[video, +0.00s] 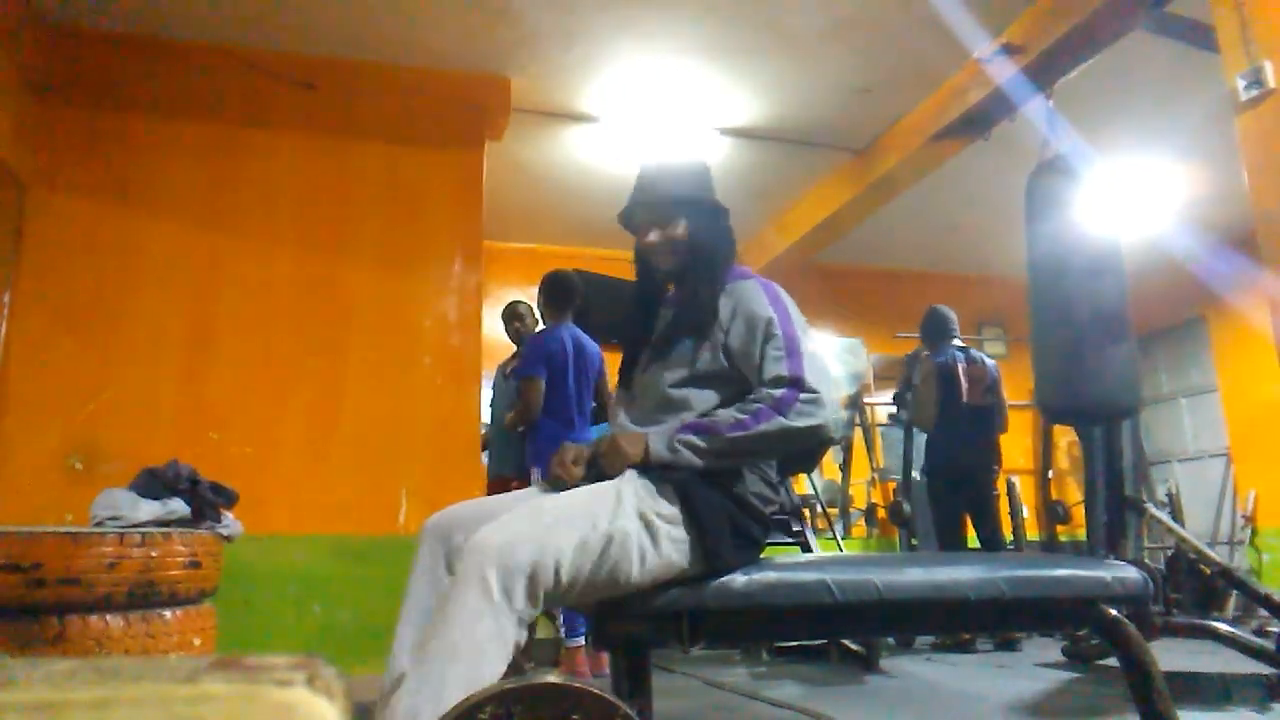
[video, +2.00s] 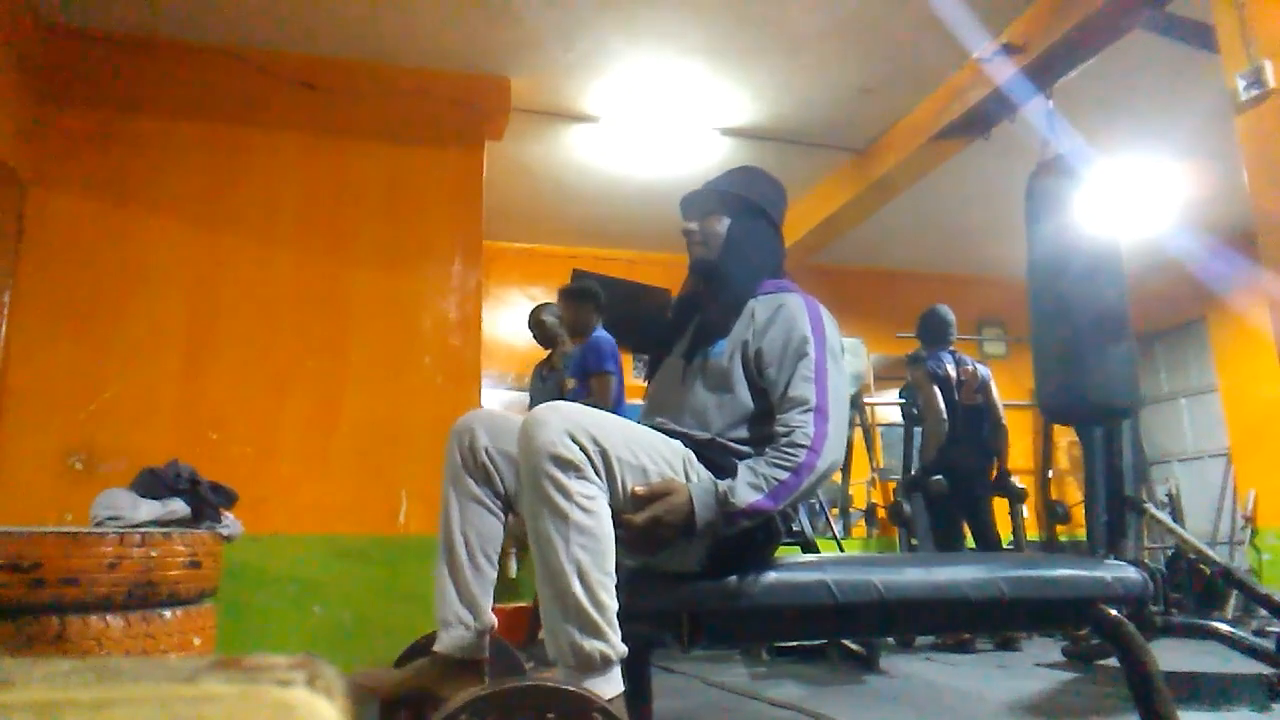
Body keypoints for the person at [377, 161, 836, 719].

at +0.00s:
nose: (653, 238)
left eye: (667, 222)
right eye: (642, 228)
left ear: (704, 220)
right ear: (635, 237)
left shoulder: (751, 297)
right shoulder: (657, 314)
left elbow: (803, 410)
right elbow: (646, 424)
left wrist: (654, 441)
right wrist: (595, 454)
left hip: (696, 498)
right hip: (636, 483)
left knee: (498, 554)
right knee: (447, 533)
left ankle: (425, 713)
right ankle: (400, 708)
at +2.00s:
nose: (692, 233)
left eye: (708, 221)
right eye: (691, 223)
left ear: (749, 229)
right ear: (693, 231)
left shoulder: (790, 313)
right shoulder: (696, 316)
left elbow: (810, 443)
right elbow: (667, 425)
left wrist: (709, 500)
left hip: (728, 502)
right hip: (664, 483)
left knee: (555, 431)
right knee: (479, 437)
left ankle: (591, 685)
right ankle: (460, 649)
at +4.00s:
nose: (448, 375)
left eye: (443, 354)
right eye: (434, 364)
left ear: (473, 324)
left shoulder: (573, 335)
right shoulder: (521, 389)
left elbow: (660, 453)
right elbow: (530, 522)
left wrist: (603, 595)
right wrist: (468, 602)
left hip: (729, 497)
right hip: (668, 503)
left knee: (502, 542)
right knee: (477, 542)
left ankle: (528, 710)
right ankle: (504, 707)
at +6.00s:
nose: (389, 432)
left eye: (386, 412)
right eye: (379, 420)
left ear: (415, 383)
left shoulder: (522, 384)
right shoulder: (463, 424)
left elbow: (550, 533)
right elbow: (446, 549)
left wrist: (516, 685)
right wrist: (472, 686)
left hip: (706, 495)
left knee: (490, 547)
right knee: (464, 546)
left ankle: (523, 703)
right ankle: (485, 701)